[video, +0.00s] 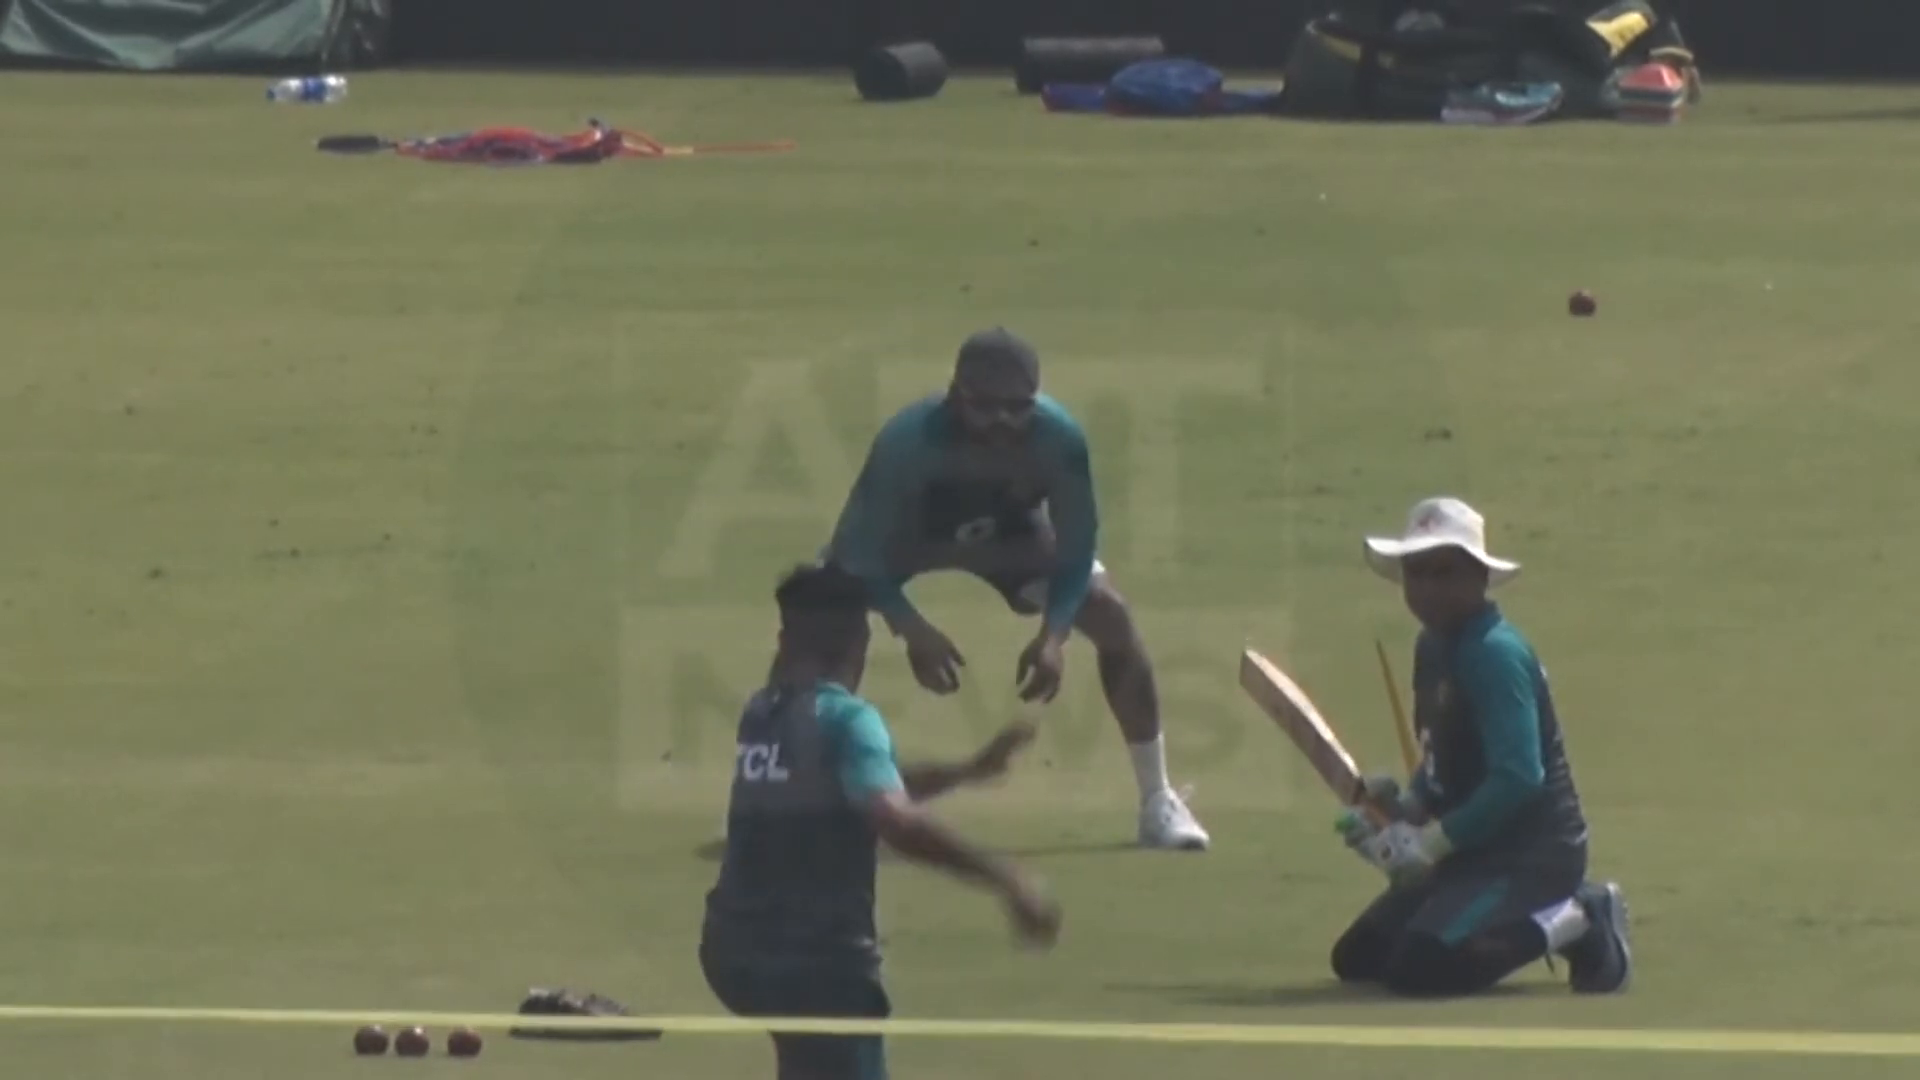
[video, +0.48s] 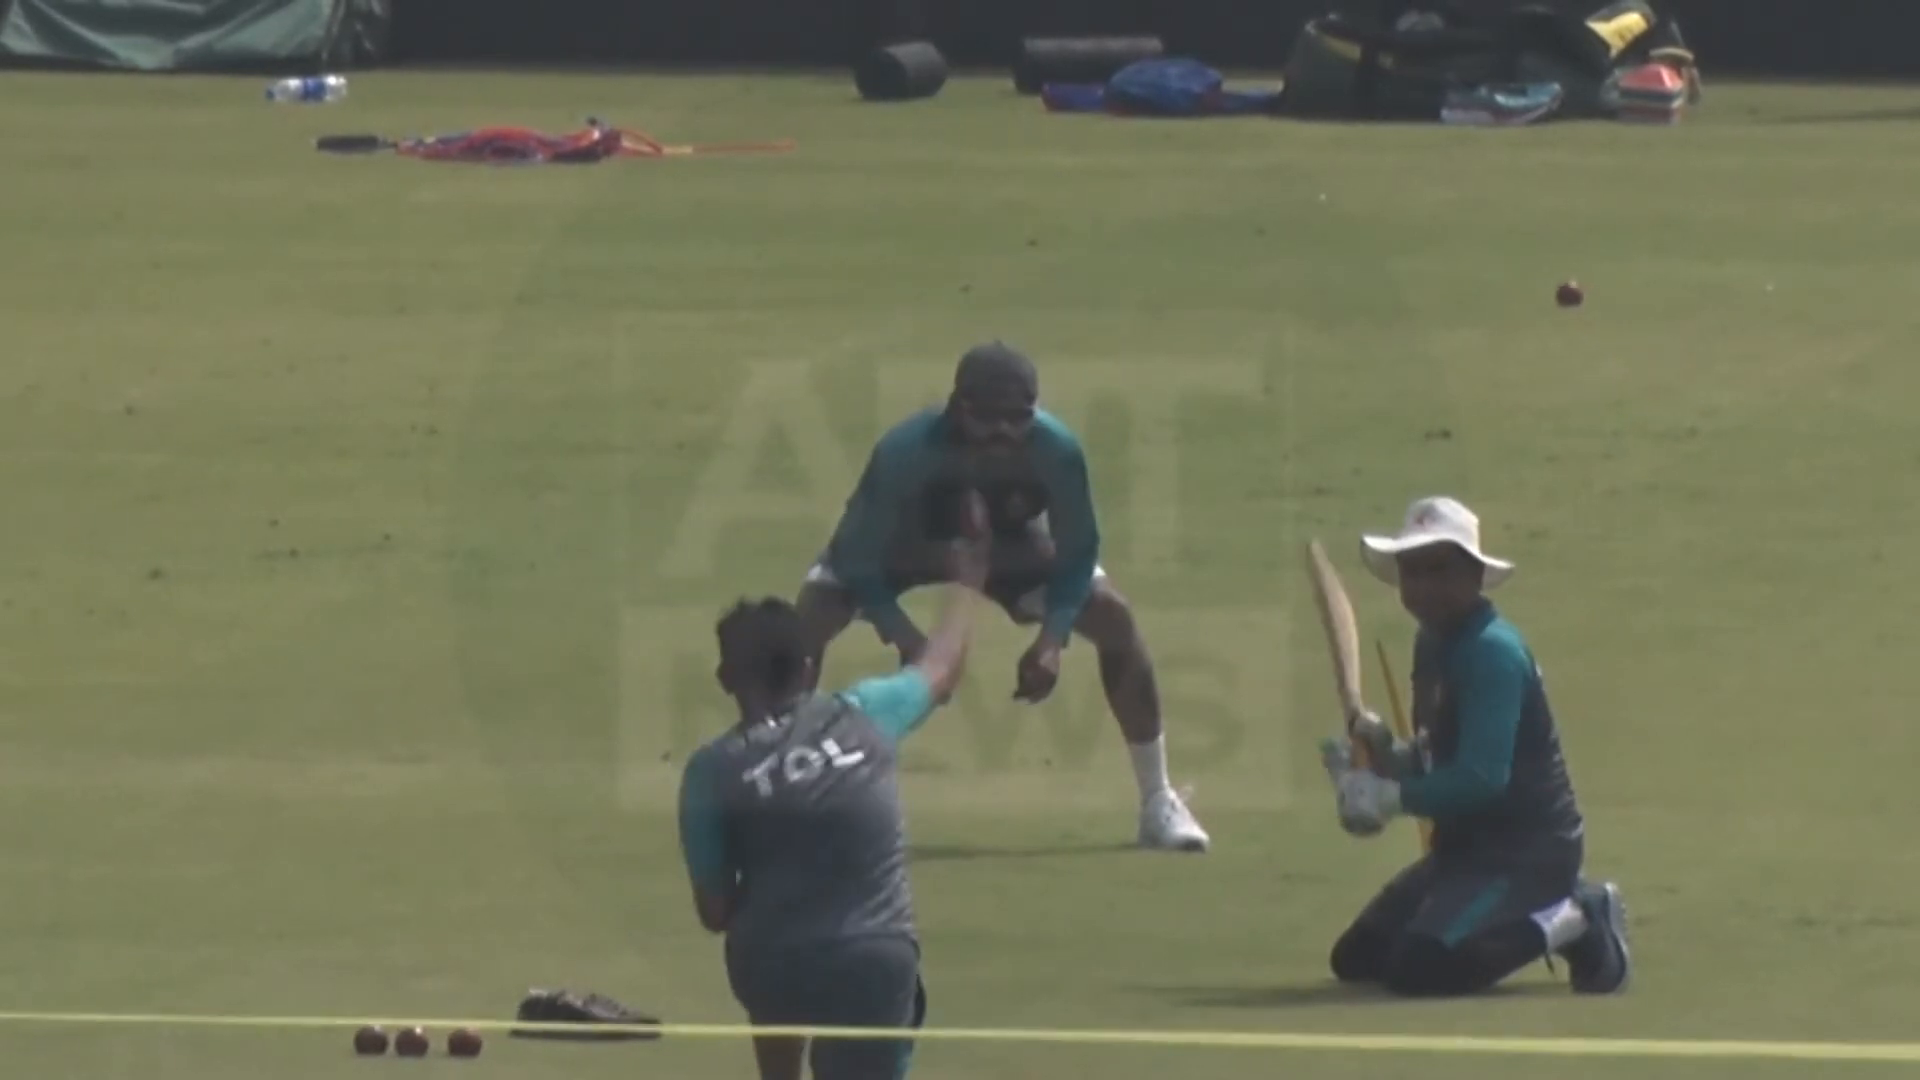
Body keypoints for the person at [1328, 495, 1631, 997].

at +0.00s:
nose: (1420, 588)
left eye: (1438, 572)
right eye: (1412, 573)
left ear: (1476, 578)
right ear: (1400, 578)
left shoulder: (1495, 653)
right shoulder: (1434, 647)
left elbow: (1519, 778)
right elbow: (1447, 764)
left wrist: (1432, 843)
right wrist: (1403, 809)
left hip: (1534, 857)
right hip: (1480, 850)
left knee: (1416, 970)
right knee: (1357, 958)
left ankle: (1579, 919)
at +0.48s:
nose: (1414, 586)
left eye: (1432, 570)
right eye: (1407, 571)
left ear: (1470, 576)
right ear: (1396, 576)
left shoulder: (1492, 650)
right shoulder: (1434, 642)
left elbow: (1483, 780)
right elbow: (1443, 757)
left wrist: (1395, 797)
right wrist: (1388, 758)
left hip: (1524, 859)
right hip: (1466, 853)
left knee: (1415, 970)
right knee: (1356, 959)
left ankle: (1577, 920)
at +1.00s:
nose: (1333, 563)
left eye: (1344, 552)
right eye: (1337, 551)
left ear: (1377, 559)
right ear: (1394, 563)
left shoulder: (1408, 603)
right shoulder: (1387, 660)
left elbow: (1297, 625)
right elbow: (1292, 737)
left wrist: (1191, 640)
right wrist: (1180, 703)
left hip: (1489, 846)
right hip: (1446, 851)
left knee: (1416, 968)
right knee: (1335, 955)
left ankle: (1576, 915)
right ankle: (1520, 923)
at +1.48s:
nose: (1271, 526)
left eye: (1280, 521)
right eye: (1275, 519)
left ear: (1298, 524)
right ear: (1350, 540)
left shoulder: (1285, 549)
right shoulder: (1357, 596)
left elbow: (1181, 636)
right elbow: (1334, 757)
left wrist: (1155, 698)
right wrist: (1230, 753)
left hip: (1392, 762)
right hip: (1421, 764)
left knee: (1337, 944)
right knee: (1337, 946)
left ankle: (1529, 904)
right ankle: (1511, 901)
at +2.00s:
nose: (1249, 544)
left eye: (1257, 538)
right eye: (1254, 538)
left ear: (1271, 539)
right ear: (1325, 556)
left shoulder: (1256, 556)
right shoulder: (1339, 605)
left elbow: (1229, 651)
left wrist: (1220, 773)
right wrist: (1325, 919)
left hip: (1370, 731)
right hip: (1412, 756)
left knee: (1343, 867)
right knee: (1332, 955)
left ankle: (1525, 841)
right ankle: (1510, 908)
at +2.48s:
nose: (1254, 556)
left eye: (1265, 548)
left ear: (1285, 548)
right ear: (1338, 561)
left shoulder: (1271, 572)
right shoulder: (1356, 604)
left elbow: (1258, 662)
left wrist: (1239, 774)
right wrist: (1327, 928)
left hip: (1395, 772)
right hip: (1436, 767)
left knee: (1334, 953)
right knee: (1353, 933)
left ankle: (1527, 902)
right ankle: (1503, 895)